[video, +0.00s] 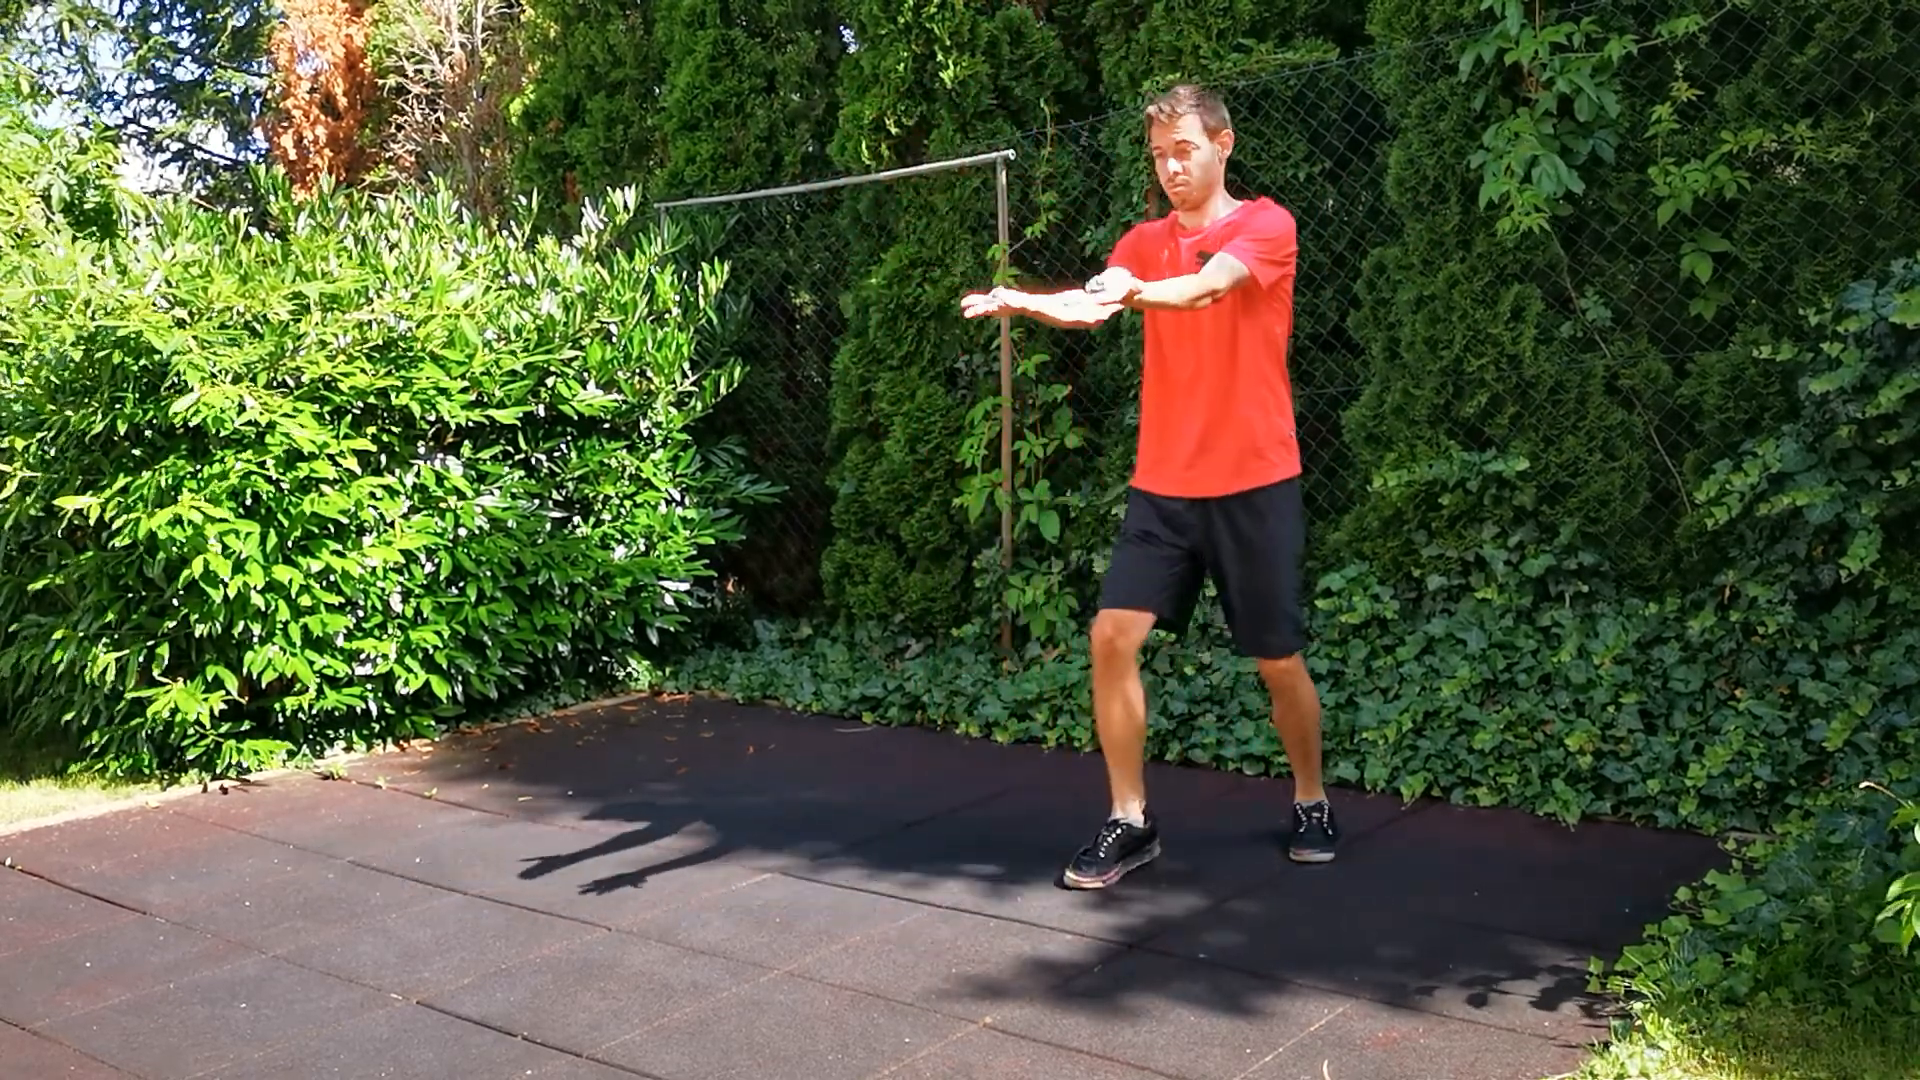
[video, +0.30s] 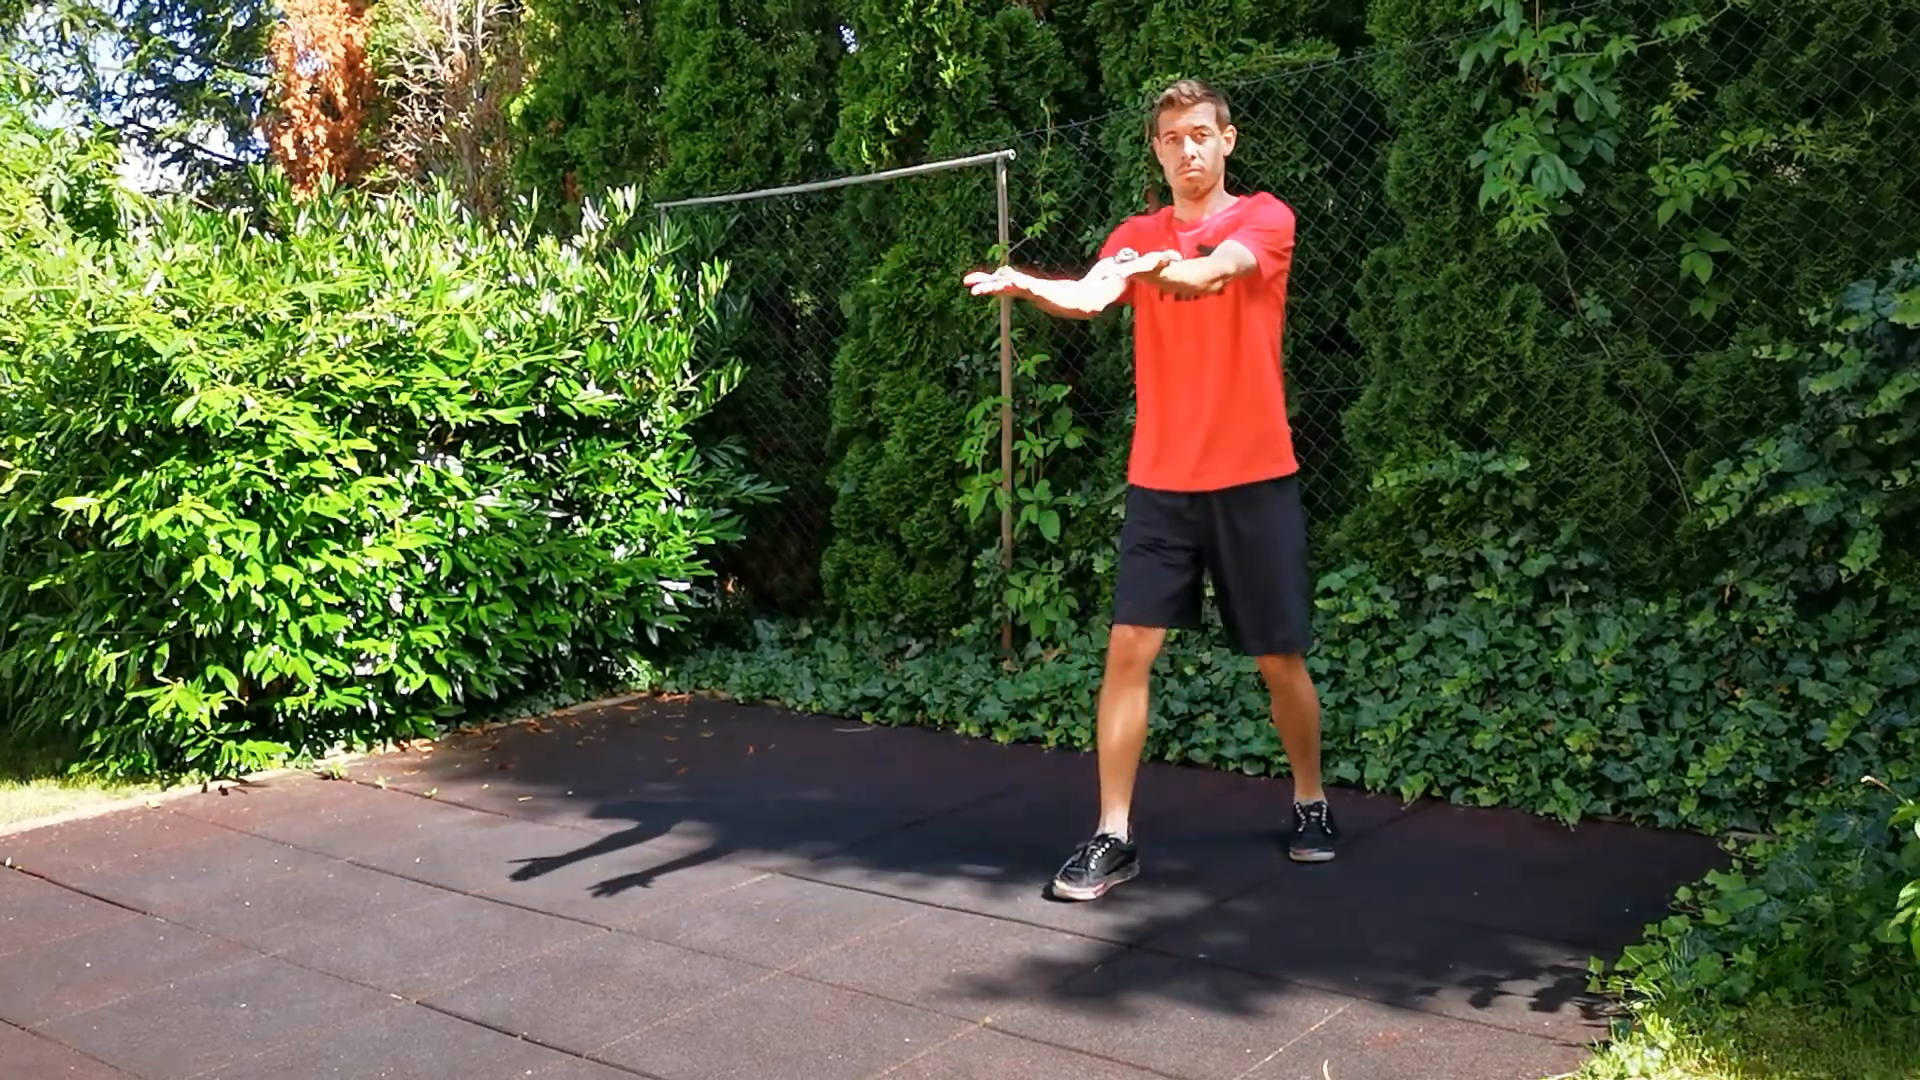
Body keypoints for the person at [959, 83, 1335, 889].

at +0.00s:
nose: (1172, 168)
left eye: (1185, 151)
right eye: (1161, 156)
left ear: (1223, 146)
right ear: (1150, 162)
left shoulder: (1268, 224)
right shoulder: (1144, 241)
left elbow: (1204, 286)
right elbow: (1089, 306)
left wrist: (1126, 289)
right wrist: (1017, 299)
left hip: (1254, 482)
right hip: (1163, 484)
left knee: (1278, 660)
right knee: (1112, 637)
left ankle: (1311, 805)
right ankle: (1129, 823)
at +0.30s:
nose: (1187, 151)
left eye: (1200, 134)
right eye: (1173, 139)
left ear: (1229, 140)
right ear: (1155, 151)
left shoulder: (1267, 215)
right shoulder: (1138, 233)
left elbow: (1230, 260)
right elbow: (1087, 297)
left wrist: (1185, 271)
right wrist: (1018, 282)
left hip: (1255, 477)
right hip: (1160, 479)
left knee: (1280, 659)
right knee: (1129, 647)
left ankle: (1310, 805)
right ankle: (1112, 834)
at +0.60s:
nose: (1191, 159)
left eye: (1205, 141)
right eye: (1179, 146)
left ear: (1242, 141)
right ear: (1168, 154)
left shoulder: (1283, 216)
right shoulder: (1154, 232)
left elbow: (1246, 266)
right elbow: (1094, 297)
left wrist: (1197, 271)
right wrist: (1027, 283)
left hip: (1262, 476)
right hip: (1168, 478)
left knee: (1284, 652)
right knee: (1133, 645)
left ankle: (1308, 800)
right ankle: (1113, 835)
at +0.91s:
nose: (1215, 136)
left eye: (1229, 123)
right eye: (1205, 127)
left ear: (1265, 137)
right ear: (1192, 145)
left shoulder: (1296, 213)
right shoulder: (1165, 222)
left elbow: (1267, 273)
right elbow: (1121, 299)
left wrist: (1220, 256)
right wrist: (1078, 289)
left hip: (1272, 471)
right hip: (1178, 471)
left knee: (1291, 651)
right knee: (1143, 647)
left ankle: (1310, 801)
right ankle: (1113, 833)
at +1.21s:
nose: (1229, 143)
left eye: (1244, 130)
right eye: (1220, 134)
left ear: (1281, 142)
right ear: (1209, 150)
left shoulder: (1313, 223)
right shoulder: (1186, 227)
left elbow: (1265, 300)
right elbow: (1178, 337)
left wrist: (1189, 293)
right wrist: (1178, 245)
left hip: (1282, 476)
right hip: (1189, 472)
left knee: (1295, 654)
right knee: (1144, 647)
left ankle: (1309, 802)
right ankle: (1113, 832)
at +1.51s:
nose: (1255, 170)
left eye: (1268, 156)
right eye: (1242, 157)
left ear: (1296, 159)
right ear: (1224, 163)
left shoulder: (1324, 251)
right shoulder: (1192, 244)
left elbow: (1342, 359)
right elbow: (1157, 358)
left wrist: (1344, 395)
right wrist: (1104, 415)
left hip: (1282, 497)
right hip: (1190, 488)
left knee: (1287, 674)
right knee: (1142, 649)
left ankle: (1309, 800)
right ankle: (1111, 833)